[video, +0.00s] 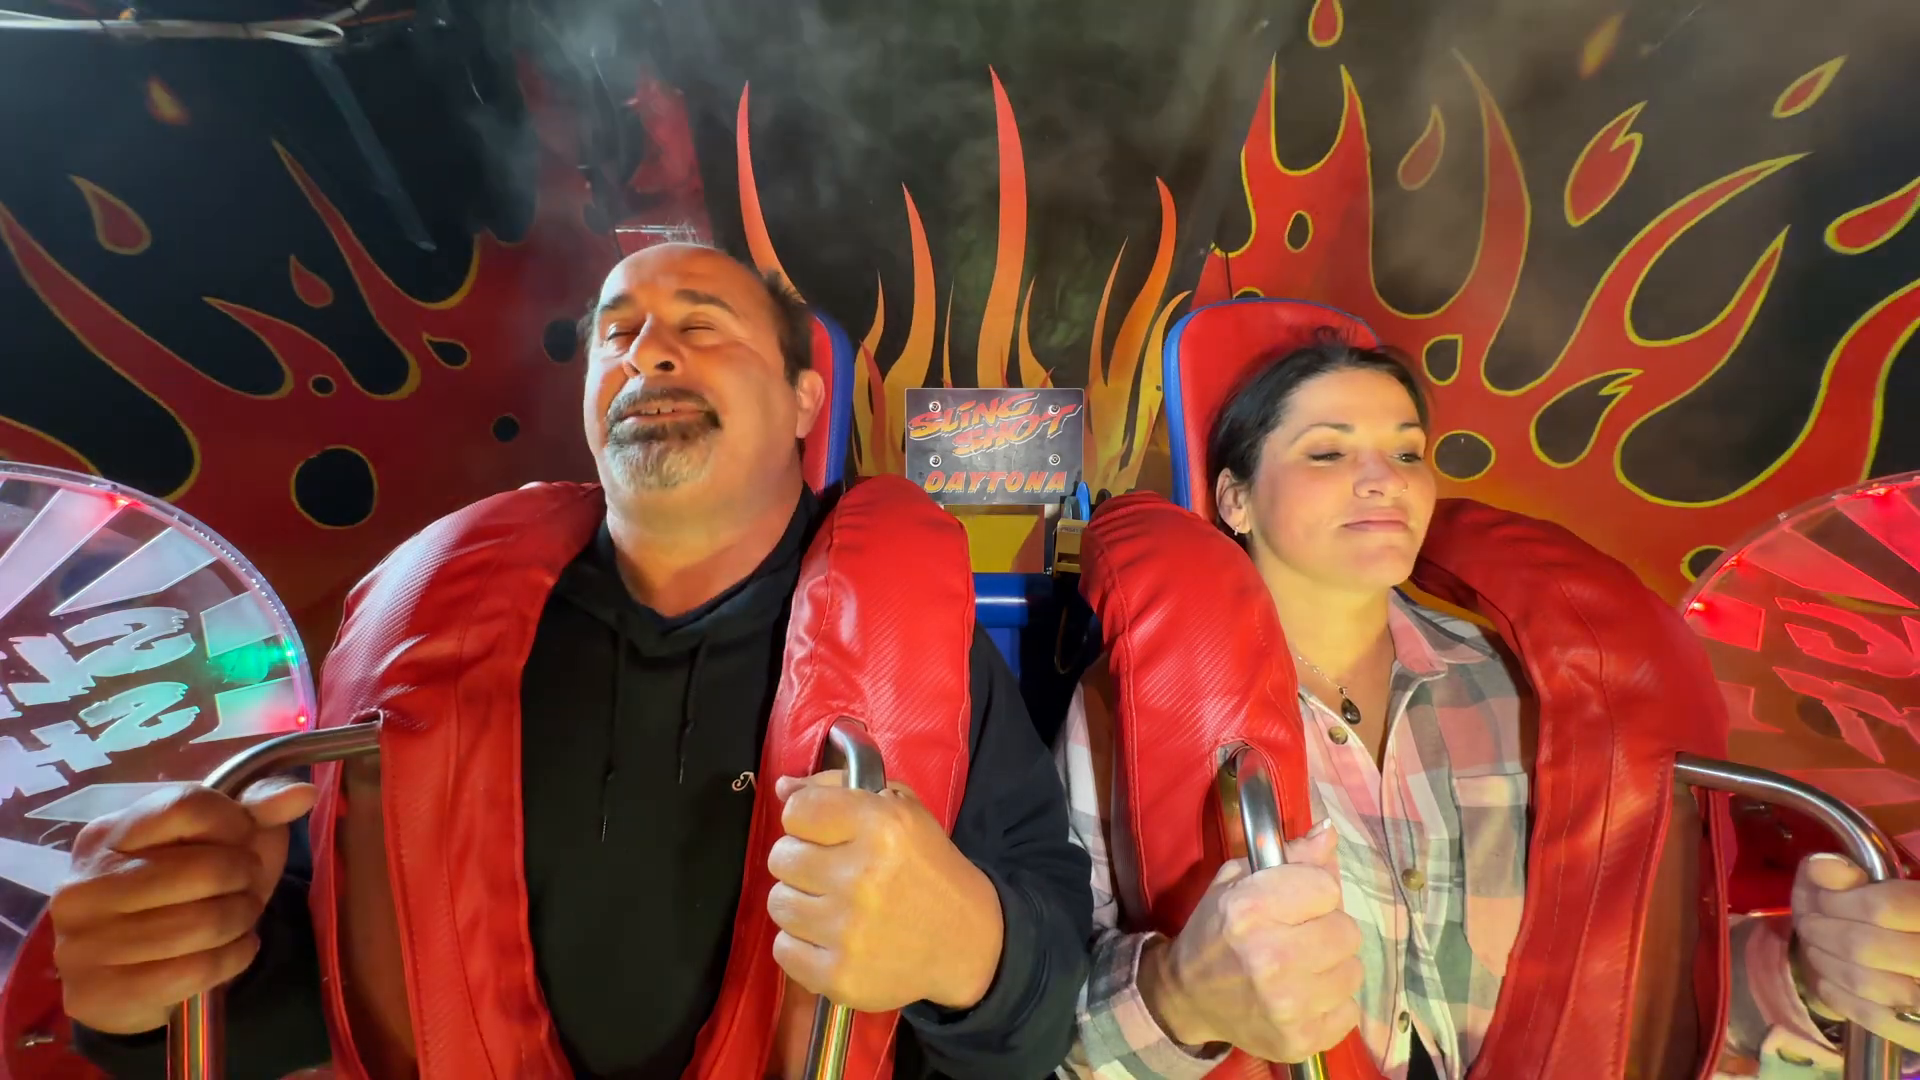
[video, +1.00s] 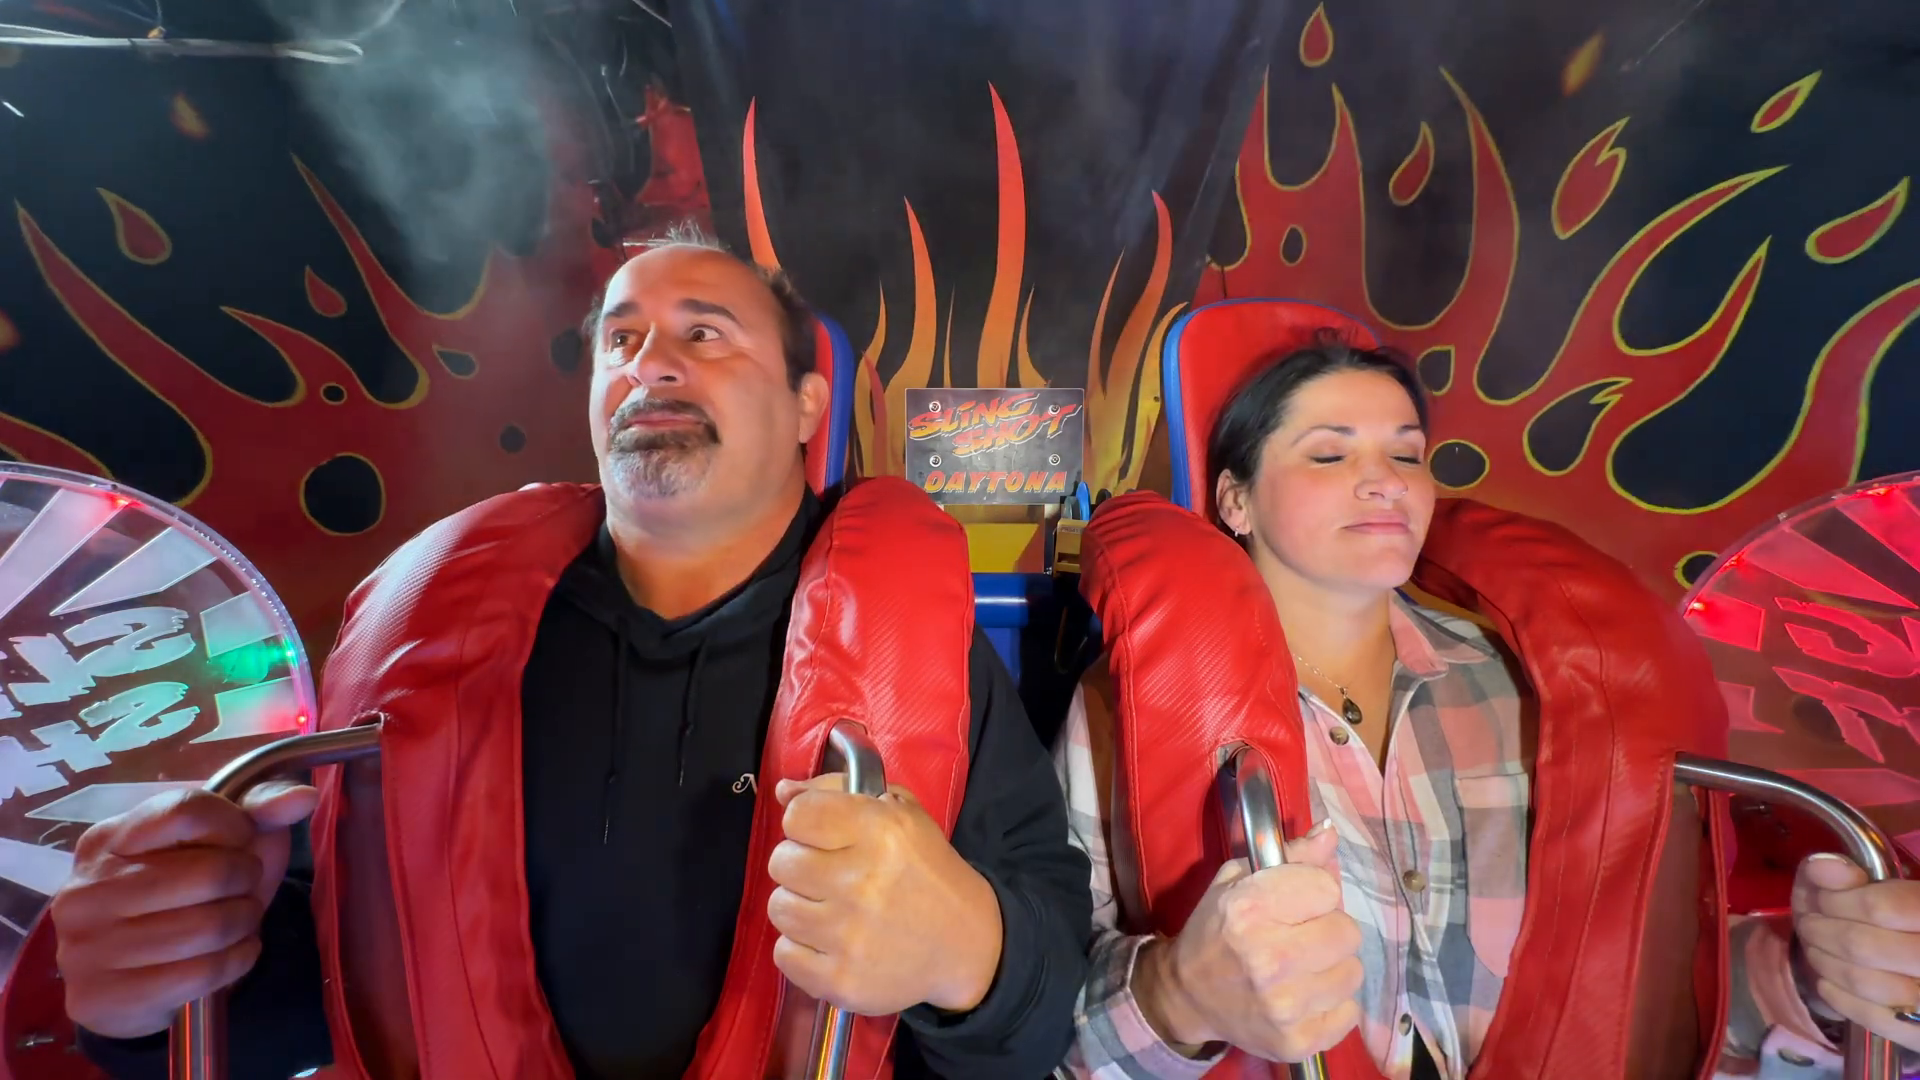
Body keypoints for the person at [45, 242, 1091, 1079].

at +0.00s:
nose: (649, 348)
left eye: (708, 319)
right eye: (617, 333)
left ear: (805, 405)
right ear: (585, 417)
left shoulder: (924, 658)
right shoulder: (438, 637)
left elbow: (1045, 1003)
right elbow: (309, 977)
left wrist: (982, 956)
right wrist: (104, 993)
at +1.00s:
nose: (652, 360)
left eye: (709, 330)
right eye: (623, 340)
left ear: (807, 414)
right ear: (588, 415)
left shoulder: (921, 661)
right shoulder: (430, 634)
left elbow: (1045, 1004)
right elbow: (306, 976)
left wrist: (979, 955)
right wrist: (97, 984)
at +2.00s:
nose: (639, 359)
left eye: (699, 326)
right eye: (612, 338)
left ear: (807, 402)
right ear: (583, 411)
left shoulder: (924, 650)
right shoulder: (435, 642)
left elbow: (1041, 981)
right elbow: (297, 1017)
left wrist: (980, 943)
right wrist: (186, 978)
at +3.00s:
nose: (619, 366)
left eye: (681, 326)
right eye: (598, 344)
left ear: (798, 398)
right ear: (575, 418)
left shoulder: (922, 659)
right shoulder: (443, 644)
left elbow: (1036, 1016)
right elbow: (319, 972)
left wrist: (979, 952)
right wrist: (120, 977)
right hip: (493, 1071)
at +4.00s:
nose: (619, 364)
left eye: (680, 326)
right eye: (597, 344)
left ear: (796, 396)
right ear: (570, 414)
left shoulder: (919, 658)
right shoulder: (435, 640)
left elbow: (1036, 1015)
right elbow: (301, 960)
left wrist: (979, 955)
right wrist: (84, 982)